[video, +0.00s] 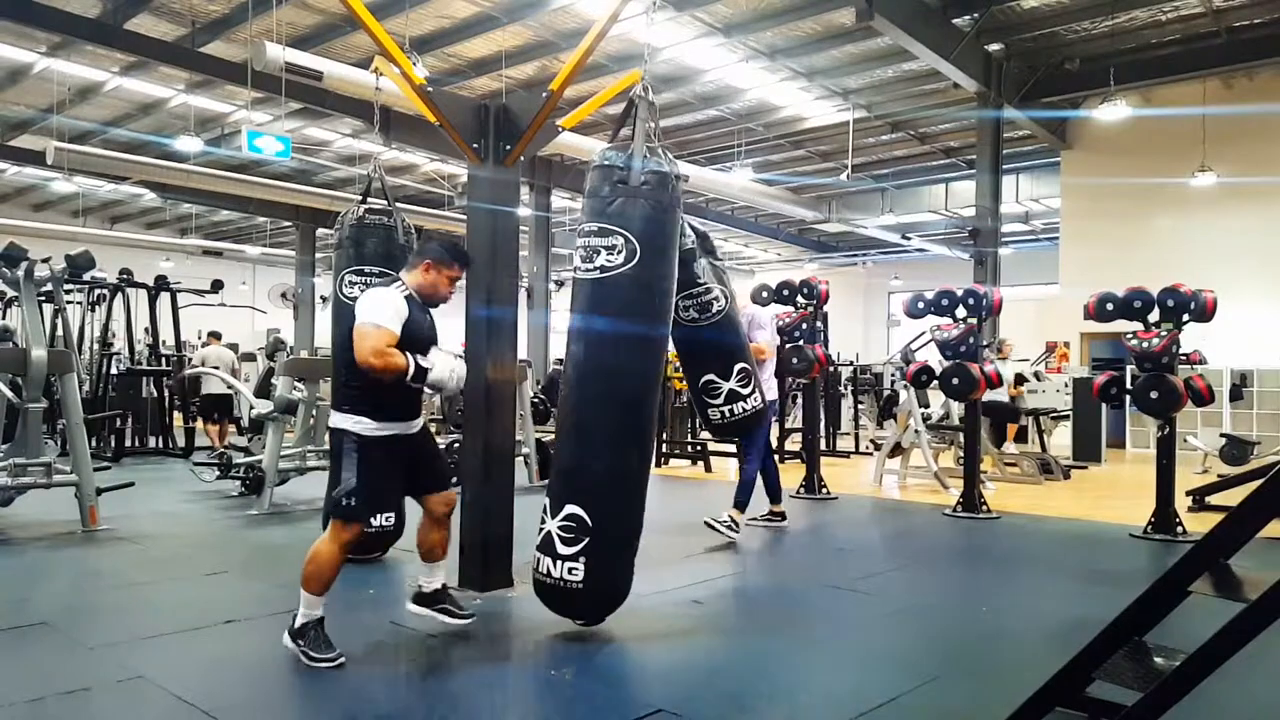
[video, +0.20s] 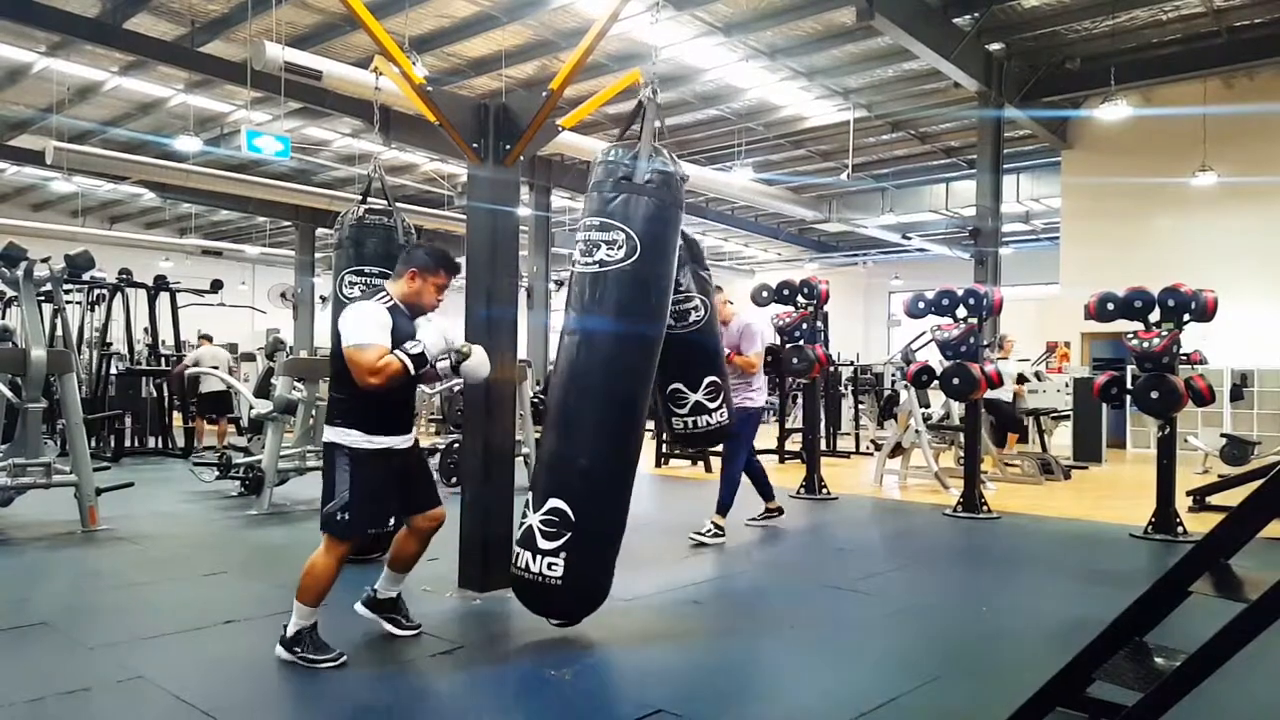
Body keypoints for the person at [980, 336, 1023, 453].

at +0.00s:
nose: (1010, 349)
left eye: (1010, 346)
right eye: (1007, 346)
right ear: (1000, 348)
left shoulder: (1009, 364)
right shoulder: (990, 363)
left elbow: (1009, 389)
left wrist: (1016, 392)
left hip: (1004, 400)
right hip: (988, 399)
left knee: (1001, 432)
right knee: (1014, 412)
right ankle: (1009, 443)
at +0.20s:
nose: (1011, 345)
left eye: (1012, 342)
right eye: (1008, 342)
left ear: (1012, 345)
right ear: (1001, 344)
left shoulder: (1012, 362)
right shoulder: (991, 360)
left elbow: (1012, 381)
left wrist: (1019, 388)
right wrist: (1014, 389)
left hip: (1008, 397)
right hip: (992, 396)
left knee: (1002, 429)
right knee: (1015, 420)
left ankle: (998, 461)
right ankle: (1010, 449)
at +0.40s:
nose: (1010, 344)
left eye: (1012, 341)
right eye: (1007, 341)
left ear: (1014, 344)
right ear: (1000, 344)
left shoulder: (1014, 362)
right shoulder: (993, 360)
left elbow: (1018, 382)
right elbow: (985, 376)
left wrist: (1021, 386)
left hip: (1010, 399)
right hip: (995, 398)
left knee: (1009, 430)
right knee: (1005, 428)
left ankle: (1006, 462)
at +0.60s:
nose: (1010, 344)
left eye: (1012, 341)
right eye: (1007, 341)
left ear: (1015, 343)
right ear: (1001, 344)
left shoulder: (1018, 361)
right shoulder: (996, 359)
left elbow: (1023, 377)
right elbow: (987, 372)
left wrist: (1024, 383)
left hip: (1014, 396)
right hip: (998, 396)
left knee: (1011, 423)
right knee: (1001, 423)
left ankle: (1007, 444)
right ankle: (1001, 447)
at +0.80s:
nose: (1011, 343)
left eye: (1013, 340)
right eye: (1008, 340)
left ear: (1017, 343)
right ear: (1003, 344)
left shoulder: (1024, 362)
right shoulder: (997, 360)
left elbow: (1030, 381)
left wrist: (1025, 384)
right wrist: (996, 358)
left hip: (1016, 398)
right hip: (999, 397)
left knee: (1012, 430)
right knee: (1001, 429)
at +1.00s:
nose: (1014, 343)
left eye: (1016, 340)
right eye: (1011, 340)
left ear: (1020, 343)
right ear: (1005, 343)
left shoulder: (1026, 361)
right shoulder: (998, 359)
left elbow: (1032, 382)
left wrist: (1026, 386)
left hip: (1019, 400)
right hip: (1001, 400)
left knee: (1020, 437)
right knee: (1003, 436)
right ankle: (1005, 467)